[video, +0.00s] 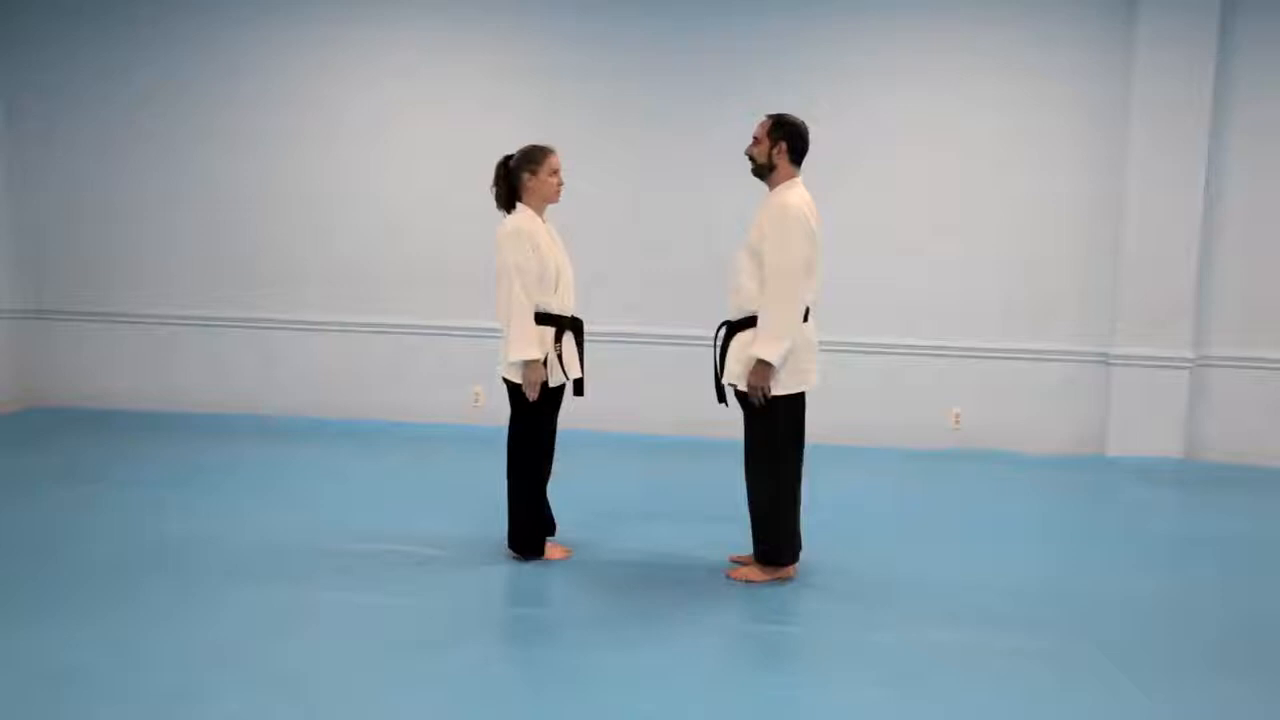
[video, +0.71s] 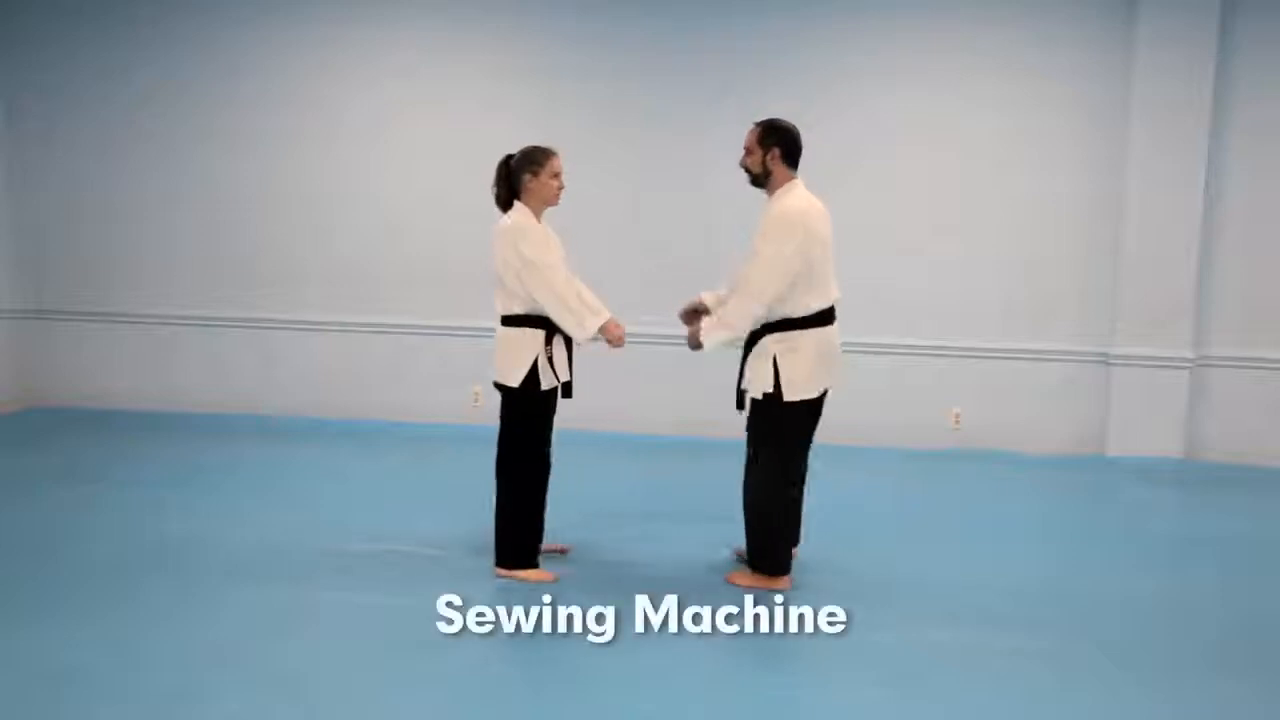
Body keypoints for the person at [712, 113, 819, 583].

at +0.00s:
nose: (748, 147)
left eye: (756, 140)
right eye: (752, 139)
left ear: (780, 149)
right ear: (781, 149)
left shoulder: (789, 207)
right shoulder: (781, 203)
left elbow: (786, 291)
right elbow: (780, 288)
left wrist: (767, 358)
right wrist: (754, 351)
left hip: (776, 359)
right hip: (769, 356)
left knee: (772, 464)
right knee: (769, 462)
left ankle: (777, 560)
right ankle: (772, 551)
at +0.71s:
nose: (742, 159)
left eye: (749, 151)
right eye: (744, 151)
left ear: (774, 156)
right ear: (777, 156)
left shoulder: (787, 213)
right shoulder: (801, 206)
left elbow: (761, 291)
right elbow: (761, 280)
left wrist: (711, 331)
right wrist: (711, 302)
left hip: (788, 357)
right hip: (805, 352)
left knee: (768, 465)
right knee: (782, 462)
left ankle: (771, 569)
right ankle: (775, 551)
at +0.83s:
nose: (742, 168)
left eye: (749, 160)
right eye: (744, 160)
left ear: (774, 164)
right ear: (780, 164)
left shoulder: (787, 219)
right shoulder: (814, 211)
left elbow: (753, 287)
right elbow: (770, 280)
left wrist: (701, 310)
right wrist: (714, 287)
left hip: (799, 357)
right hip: (829, 350)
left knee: (768, 457)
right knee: (792, 442)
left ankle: (773, 571)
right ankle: (815, 523)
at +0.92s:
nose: (748, 174)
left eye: (754, 165)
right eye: (750, 164)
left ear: (781, 171)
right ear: (788, 171)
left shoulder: (793, 224)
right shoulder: (820, 213)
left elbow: (753, 291)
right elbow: (772, 283)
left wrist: (701, 303)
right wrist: (717, 285)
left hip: (807, 364)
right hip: (839, 357)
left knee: (770, 462)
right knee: (811, 444)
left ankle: (772, 572)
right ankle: (870, 514)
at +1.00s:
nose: (757, 179)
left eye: (763, 172)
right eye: (758, 171)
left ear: (789, 175)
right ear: (795, 176)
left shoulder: (802, 229)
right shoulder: (829, 221)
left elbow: (760, 292)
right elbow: (787, 292)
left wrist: (712, 298)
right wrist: (731, 289)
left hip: (814, 368)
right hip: (851, 361)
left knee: (774, 466)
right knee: (842, 452)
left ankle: (771, 572)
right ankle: (915, 515)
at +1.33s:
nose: (801, 207)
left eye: (808, 199)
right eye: (803, 199)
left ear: (836, 203)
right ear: (839, 204)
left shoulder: (850, 255)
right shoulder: (864, 249)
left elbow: (796, 314)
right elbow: (817, 318)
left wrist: (752, 316)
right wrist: (788, 324)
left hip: (848, 389)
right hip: (876, 384)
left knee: (777, 460)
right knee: (908, 466)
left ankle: (771, 570)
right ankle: (972, 542)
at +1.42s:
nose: (806, 209)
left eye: (814, 201)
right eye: (808, 200)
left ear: (841, 205)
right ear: (844, 207)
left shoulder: (853, 258)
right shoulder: (868, 253)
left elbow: (801, 314)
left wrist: (752, 321)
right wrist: (794, 326)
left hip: (848, 392)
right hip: (875, 387)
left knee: (775, 457)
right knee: (908, 469)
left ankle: (769, 570)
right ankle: (973, 544)